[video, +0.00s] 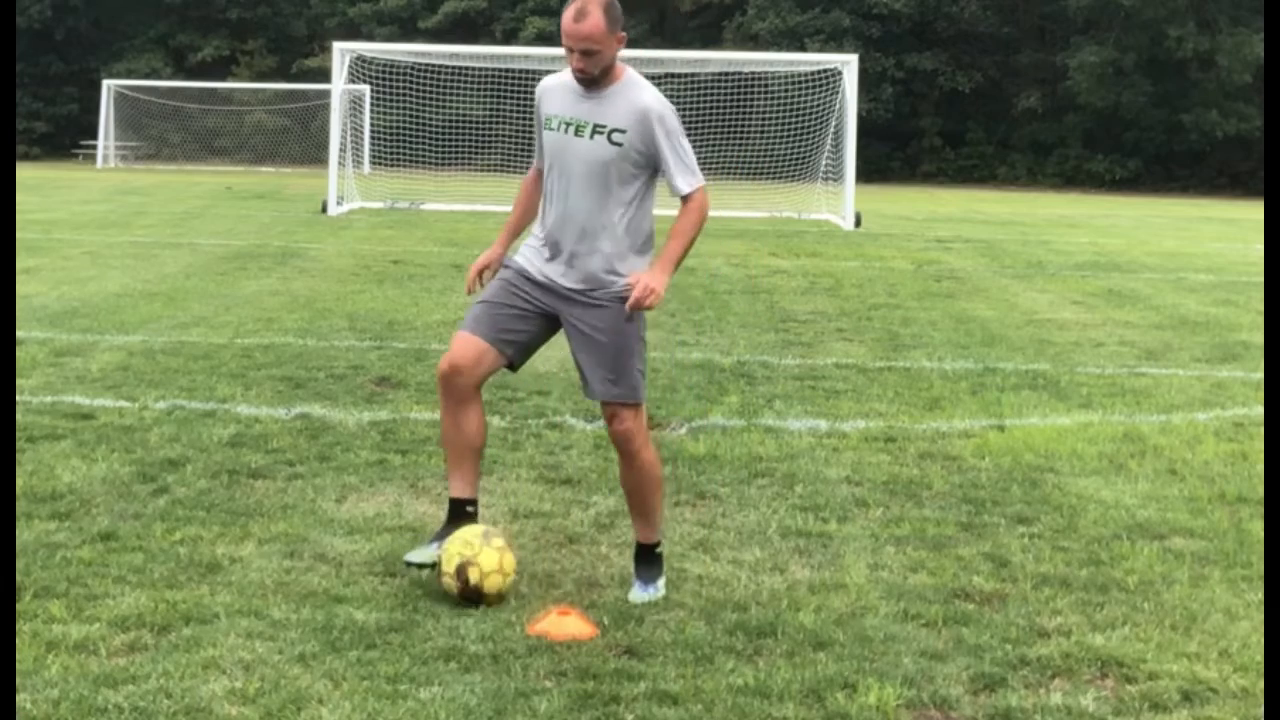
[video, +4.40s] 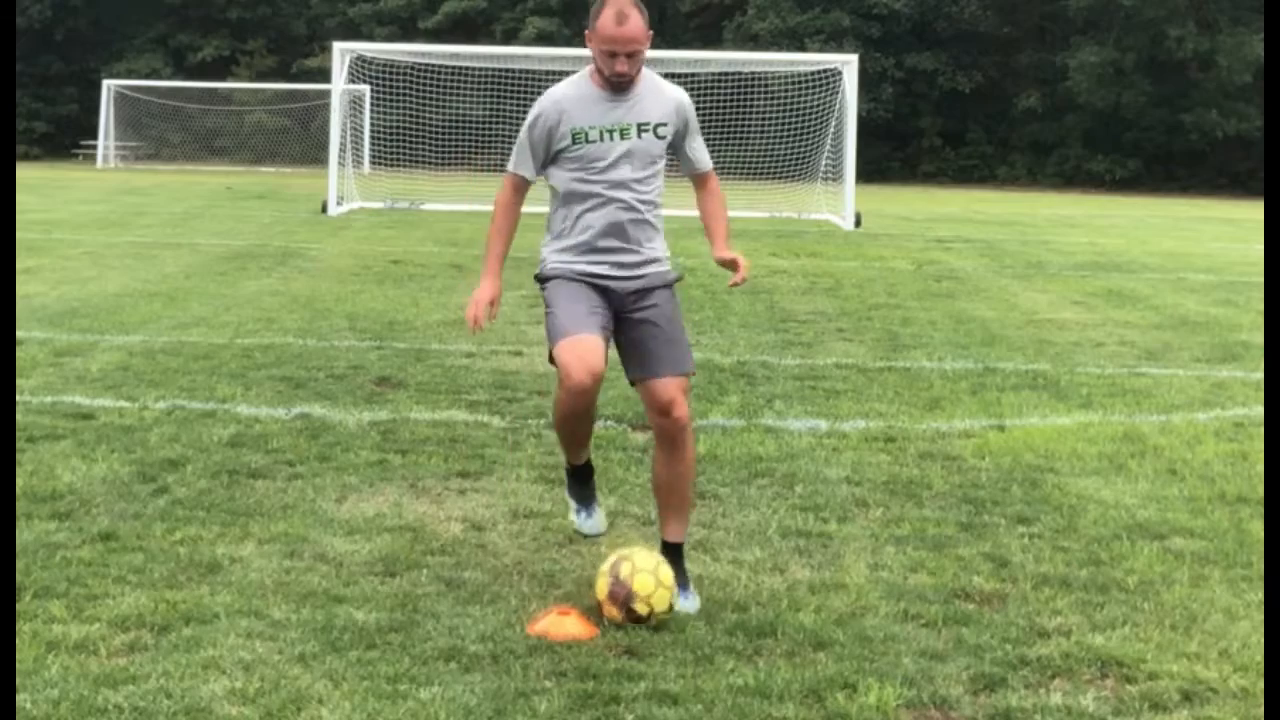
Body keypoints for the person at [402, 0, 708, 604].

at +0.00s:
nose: (578, 63)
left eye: (590, 53)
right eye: (570, 51)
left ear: (620, 43)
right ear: (561, 38)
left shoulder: (649, 108)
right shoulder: (551, 91)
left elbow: (697, 199)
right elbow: (541, 175)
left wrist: (661, 269)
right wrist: (502, 245)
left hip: (608, 288)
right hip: (536, 271)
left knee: (625, 427)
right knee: (456, 373)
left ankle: (648, 562)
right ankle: (461, 527)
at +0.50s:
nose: (514, 53)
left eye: (525, 43)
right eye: (504, 41)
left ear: (555, 29)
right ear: (495, 29)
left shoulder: (592, 90)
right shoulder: (485, 84)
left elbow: (631, 172)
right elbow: (480, 160)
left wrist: (617, 250)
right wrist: (457, 238)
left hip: (571, 255)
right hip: (498, 251)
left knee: (559, 379)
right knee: (455, 385)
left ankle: (598, 490)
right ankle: (438, 532)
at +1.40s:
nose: (453, 41)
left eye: (464, 29)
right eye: (442, 30)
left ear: (490, 15)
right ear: (431, 21)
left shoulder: (534, 72)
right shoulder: (420, 86)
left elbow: (577, 152)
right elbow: (405, 171)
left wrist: (572, 227)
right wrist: (378, 253)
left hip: (523, 241)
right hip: (449, 252)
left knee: (514, 348)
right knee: (437, 395)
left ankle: (505, 482)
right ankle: (438, 546)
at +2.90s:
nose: (481, 44)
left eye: (492, 31)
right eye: (469, 33)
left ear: (509, 14)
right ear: (449, 21)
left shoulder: (546, 68)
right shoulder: (428, 87)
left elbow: (576, 145)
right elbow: (407, 170)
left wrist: (590, 222)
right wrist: (378, 251)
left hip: (547, 243)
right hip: (467, 256)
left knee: (599, 361)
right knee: (452, 399)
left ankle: (600, 482)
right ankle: (455, 532)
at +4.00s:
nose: (573, 39)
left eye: (584, 26)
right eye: (560, 27)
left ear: (600, 12)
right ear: (537, 14)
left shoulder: (626, 65)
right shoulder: (510, 82)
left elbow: (650, 133)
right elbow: (480, 167)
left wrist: (670, 207)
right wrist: (469, 256)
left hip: (625, 246)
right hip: (547, 258)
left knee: (674, 372)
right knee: (532, 398)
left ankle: (670, 526)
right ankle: (511, 528)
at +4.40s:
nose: (623, 67)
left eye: (634, 55)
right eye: (611, 55)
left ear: (650, 44)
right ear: (589, 42)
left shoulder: (672, 103)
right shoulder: (554, 108)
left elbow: (704, 178)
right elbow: (513, 187)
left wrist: (719, 243)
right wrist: (490, 277)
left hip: (648, 273)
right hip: (574, 271)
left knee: (673, 413)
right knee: (580, 376)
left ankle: (673, 560)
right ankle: (580, 477)